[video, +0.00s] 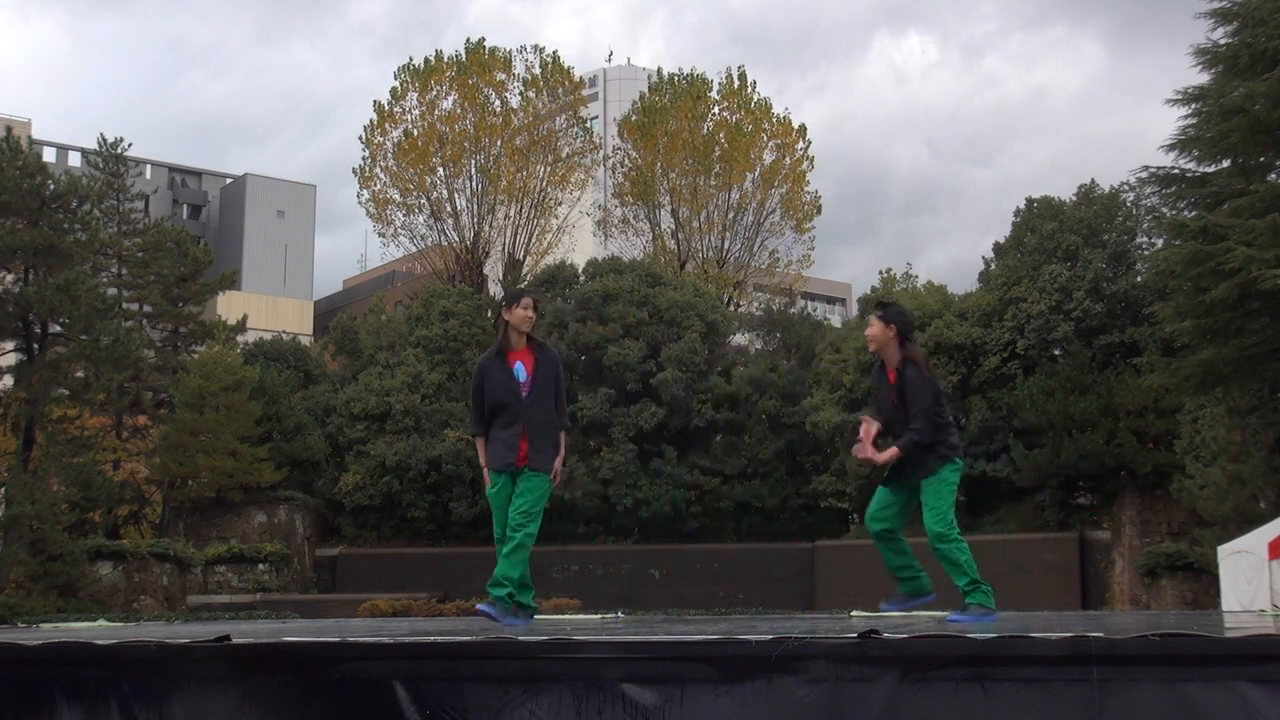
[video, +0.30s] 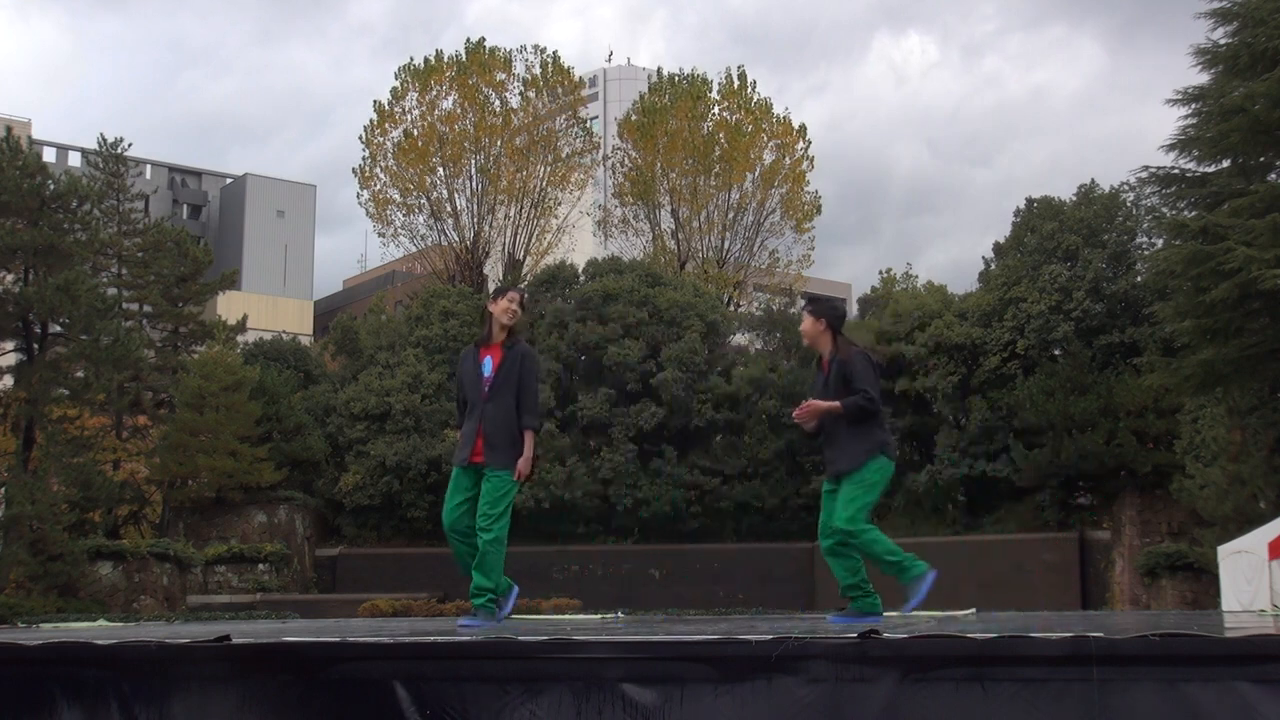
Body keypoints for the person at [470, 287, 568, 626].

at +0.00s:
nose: (529, 314)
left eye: (532, 310)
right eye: (523, 308)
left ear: (535, 317)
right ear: (506, 313)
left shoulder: (548, 358)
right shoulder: (488, 363)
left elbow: (560, 411)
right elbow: (479, 419)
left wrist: (560, 454)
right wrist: (485, 467)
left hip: (539, 459)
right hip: (499, 459)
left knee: (521, 527)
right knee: (504, 531)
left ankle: (500, 596)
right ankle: (523, 604)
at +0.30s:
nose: (513, 308)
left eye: (518, 306)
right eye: (508, 301)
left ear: (519, 317)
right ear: (491, 305)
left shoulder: (523, 355)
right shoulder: (468, 355)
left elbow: (529, 407)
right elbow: (462, 405)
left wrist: (528, 453)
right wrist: (465, 438)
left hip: (503, 457)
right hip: (468, 455)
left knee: (489, 528)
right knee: (453, 522)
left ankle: (485, 608)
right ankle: (502, 587)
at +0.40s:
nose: (504, 308)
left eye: (510, 306)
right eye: (500, 301)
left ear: (512, 316)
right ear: (484, 305)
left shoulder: (517, 353)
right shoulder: (461, 354)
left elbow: (521, 406)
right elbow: (457, 405)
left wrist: (518, 451)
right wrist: (455, 441)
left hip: (496, 455)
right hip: (462, 452)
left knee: (487, 530)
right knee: (437, 518)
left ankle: (486, 605)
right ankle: (468, 594)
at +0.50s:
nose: (487, 308)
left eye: (495, 306)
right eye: (485, 301)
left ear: (505, 317)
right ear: (476, 305)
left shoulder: (510, 350)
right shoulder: (457, 350)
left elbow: (514, 400)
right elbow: (449, 401)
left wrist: (512, 447)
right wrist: (445, 441)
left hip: (491, 452)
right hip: (455, 449)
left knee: (484, 529)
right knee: (428, 519)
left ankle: (485, 606)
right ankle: (439, 602)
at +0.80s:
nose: (445, 320)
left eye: (452, 318)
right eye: (445, 314)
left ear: (471, 322)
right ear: (443, 313)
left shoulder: (487, 354)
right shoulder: (430, 352)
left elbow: (492, 405)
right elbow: (419, 404)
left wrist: (488, 450)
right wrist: (413, 452)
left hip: (467, 456)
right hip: (428, 453)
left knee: (475, 532)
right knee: (416, 531)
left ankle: (483, 606)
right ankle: (405, 607)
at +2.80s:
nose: (445, 319)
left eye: (452, 312)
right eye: (439, 312)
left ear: (465, 305)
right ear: (430, 307)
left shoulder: (484, 339)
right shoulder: (421, 343)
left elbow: (498, 394)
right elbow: (412, 400)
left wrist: (496, 441)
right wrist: (409, 447)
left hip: (474, 447)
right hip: (428, 448)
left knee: (484, 526)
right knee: (423, 528)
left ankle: (493, 606)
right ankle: (414, 607)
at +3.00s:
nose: (452, 317)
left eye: (459, 311)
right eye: (446, 311)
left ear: (472, 305)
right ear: (437, 307)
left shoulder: (492, 340)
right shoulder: (427, 342)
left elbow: (501, 393)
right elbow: (420, 399)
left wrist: (501, 441)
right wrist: (416, 448)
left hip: (480, 448)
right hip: (435, 449)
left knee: (488, 526)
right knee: (426, 527)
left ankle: (494, 606)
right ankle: (415, 607)